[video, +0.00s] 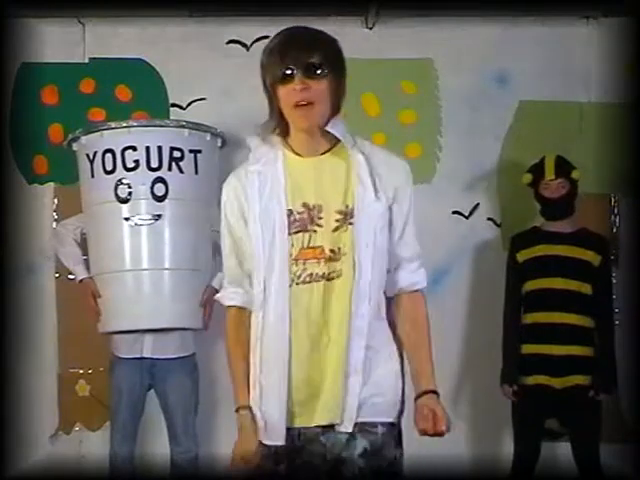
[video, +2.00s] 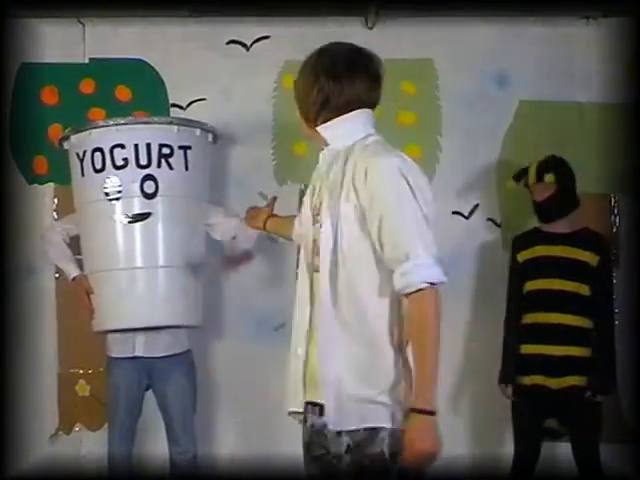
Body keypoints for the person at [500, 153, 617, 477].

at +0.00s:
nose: (554, 192)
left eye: (560, 184)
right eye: (546, 186)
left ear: (573, 187)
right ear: (535, 193)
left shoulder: (596, 245)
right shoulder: (521, 244)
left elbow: (604, 315)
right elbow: (512, 312)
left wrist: (606, 372)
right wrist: (509, 368)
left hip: (580, 375)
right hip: (531, 375)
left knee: (588, 462)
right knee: (524, 460)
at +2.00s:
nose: (534, 192)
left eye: (542, 184)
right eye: (532, 185)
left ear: (561, 188)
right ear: (529, 191)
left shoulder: (594, 245)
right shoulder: (522, 245)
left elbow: (603, 316)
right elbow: (513, 313)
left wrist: (603, 374)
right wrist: (507, 369)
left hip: (578, 377)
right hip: (529, 376)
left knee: (588, 462)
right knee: (524, 460)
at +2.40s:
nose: (532, 195)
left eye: (539, 186)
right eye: (531, 187)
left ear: (559, 189)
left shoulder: (596, 246)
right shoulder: (526, 244)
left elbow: (603, 318)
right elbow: (516, 313)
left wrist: (598, 376)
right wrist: (508, 366)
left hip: (578, 377)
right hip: (529, 375)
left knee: (587, 462)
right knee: (524, 459)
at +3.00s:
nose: (532, 193)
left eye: (539, 185)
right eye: (532, 186)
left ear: (560, 188)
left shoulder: (596, 246)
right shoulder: (525, 244)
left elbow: (603, 317)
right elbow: (515, 312)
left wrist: (600, 375)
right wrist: (507, 365)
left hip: (578, 377)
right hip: (529, 375)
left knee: (587, 460)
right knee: (524, 458)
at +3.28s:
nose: (534, 194)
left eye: (541, 185)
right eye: (534, 186)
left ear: (561, 188)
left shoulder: (597, 247)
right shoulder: (526, 244)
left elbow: (603, 318)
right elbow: (515, 313)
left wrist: (602, 377)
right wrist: (507, 367)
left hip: (579, 377)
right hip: (529, 375)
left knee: (587, 461)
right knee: (524, 458)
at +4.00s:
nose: (551, 196)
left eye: (558, 187)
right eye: (543, 189)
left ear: (571, 189)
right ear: (532, 195)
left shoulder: (596, 245)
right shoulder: (519, 245)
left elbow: (605, 314)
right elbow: (510, 312)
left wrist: (607, 371)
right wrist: (509, 371)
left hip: (581, 375)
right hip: (531, 376)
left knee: (588, 461)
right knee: (525, 460)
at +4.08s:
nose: (552, 195)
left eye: (559, 187)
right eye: (544, 188)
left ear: (572, 189)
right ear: (533, 194)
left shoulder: (595, 245)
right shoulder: (519, 245)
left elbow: (605, 314)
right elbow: (510, 314)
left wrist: (607, 372)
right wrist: (510, 371)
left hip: (581, 374)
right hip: (531, 374)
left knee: (588, 461)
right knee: (524, 460)